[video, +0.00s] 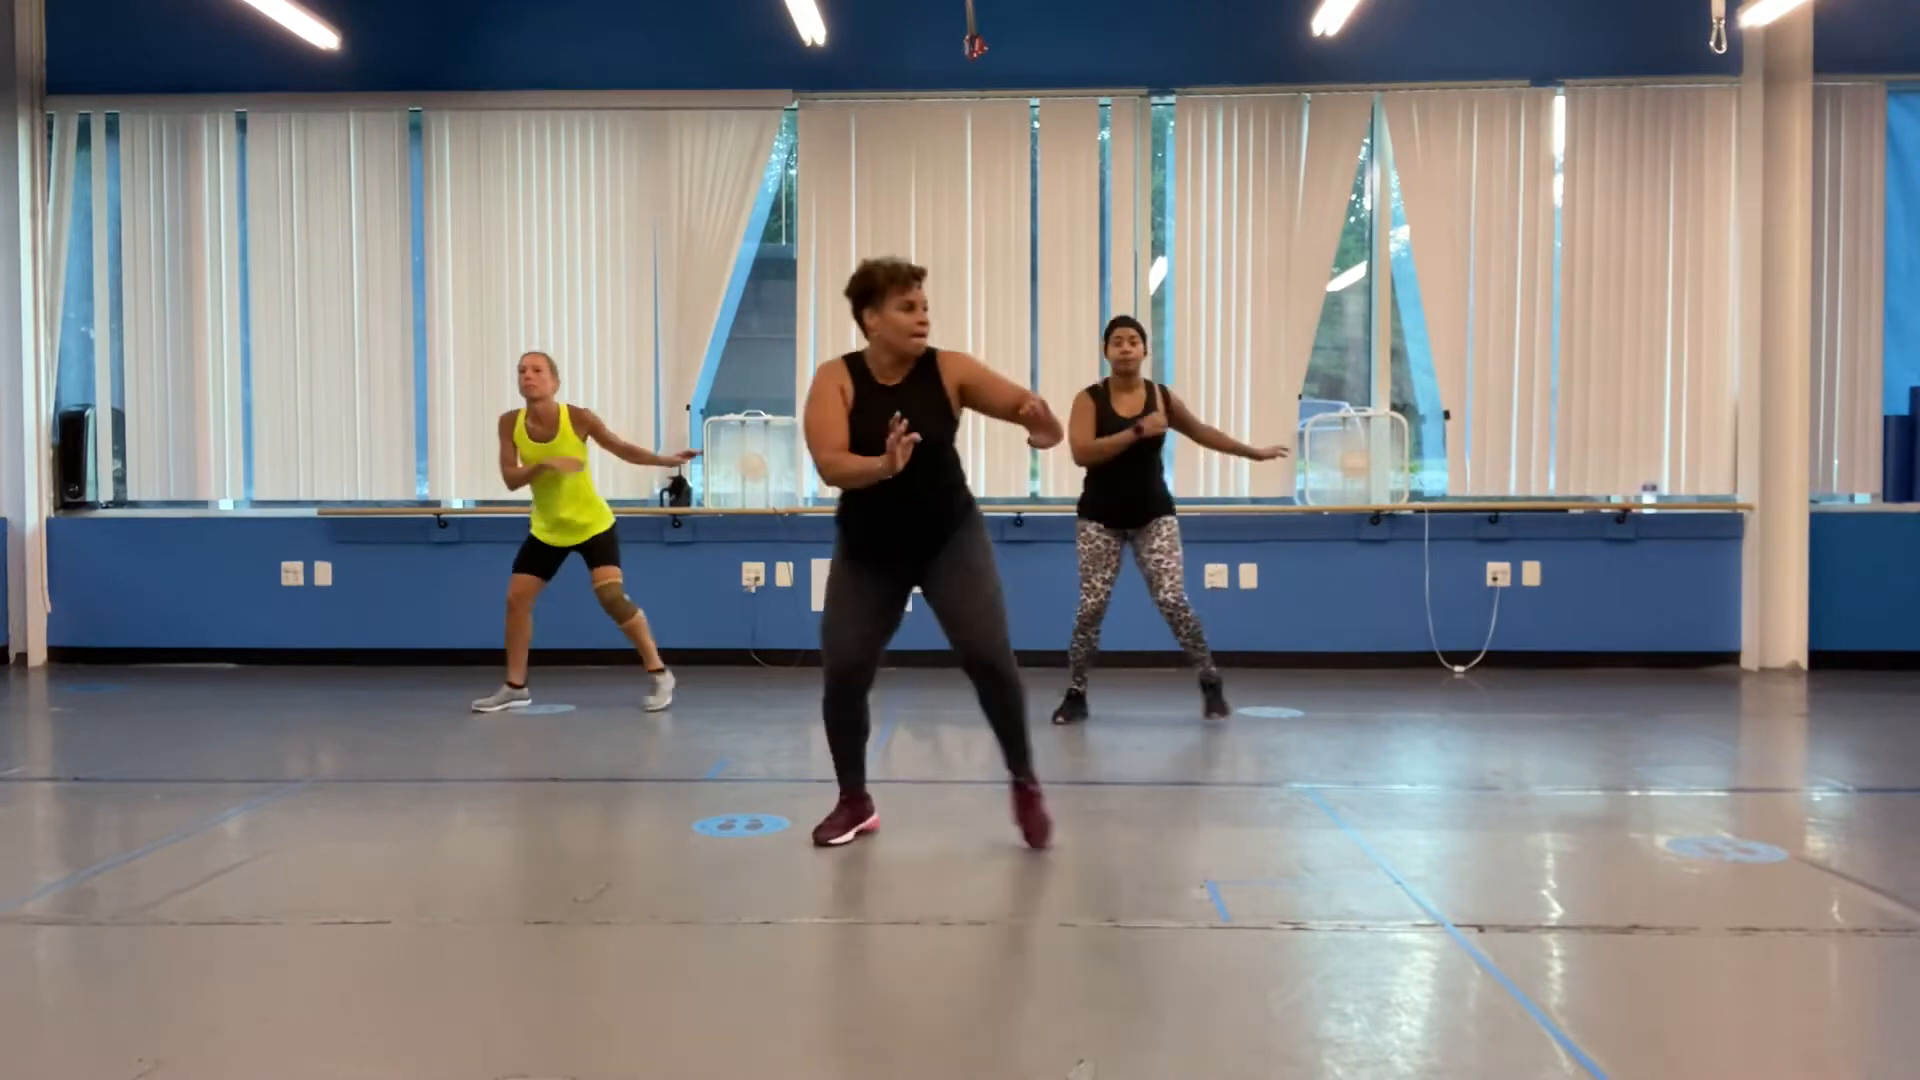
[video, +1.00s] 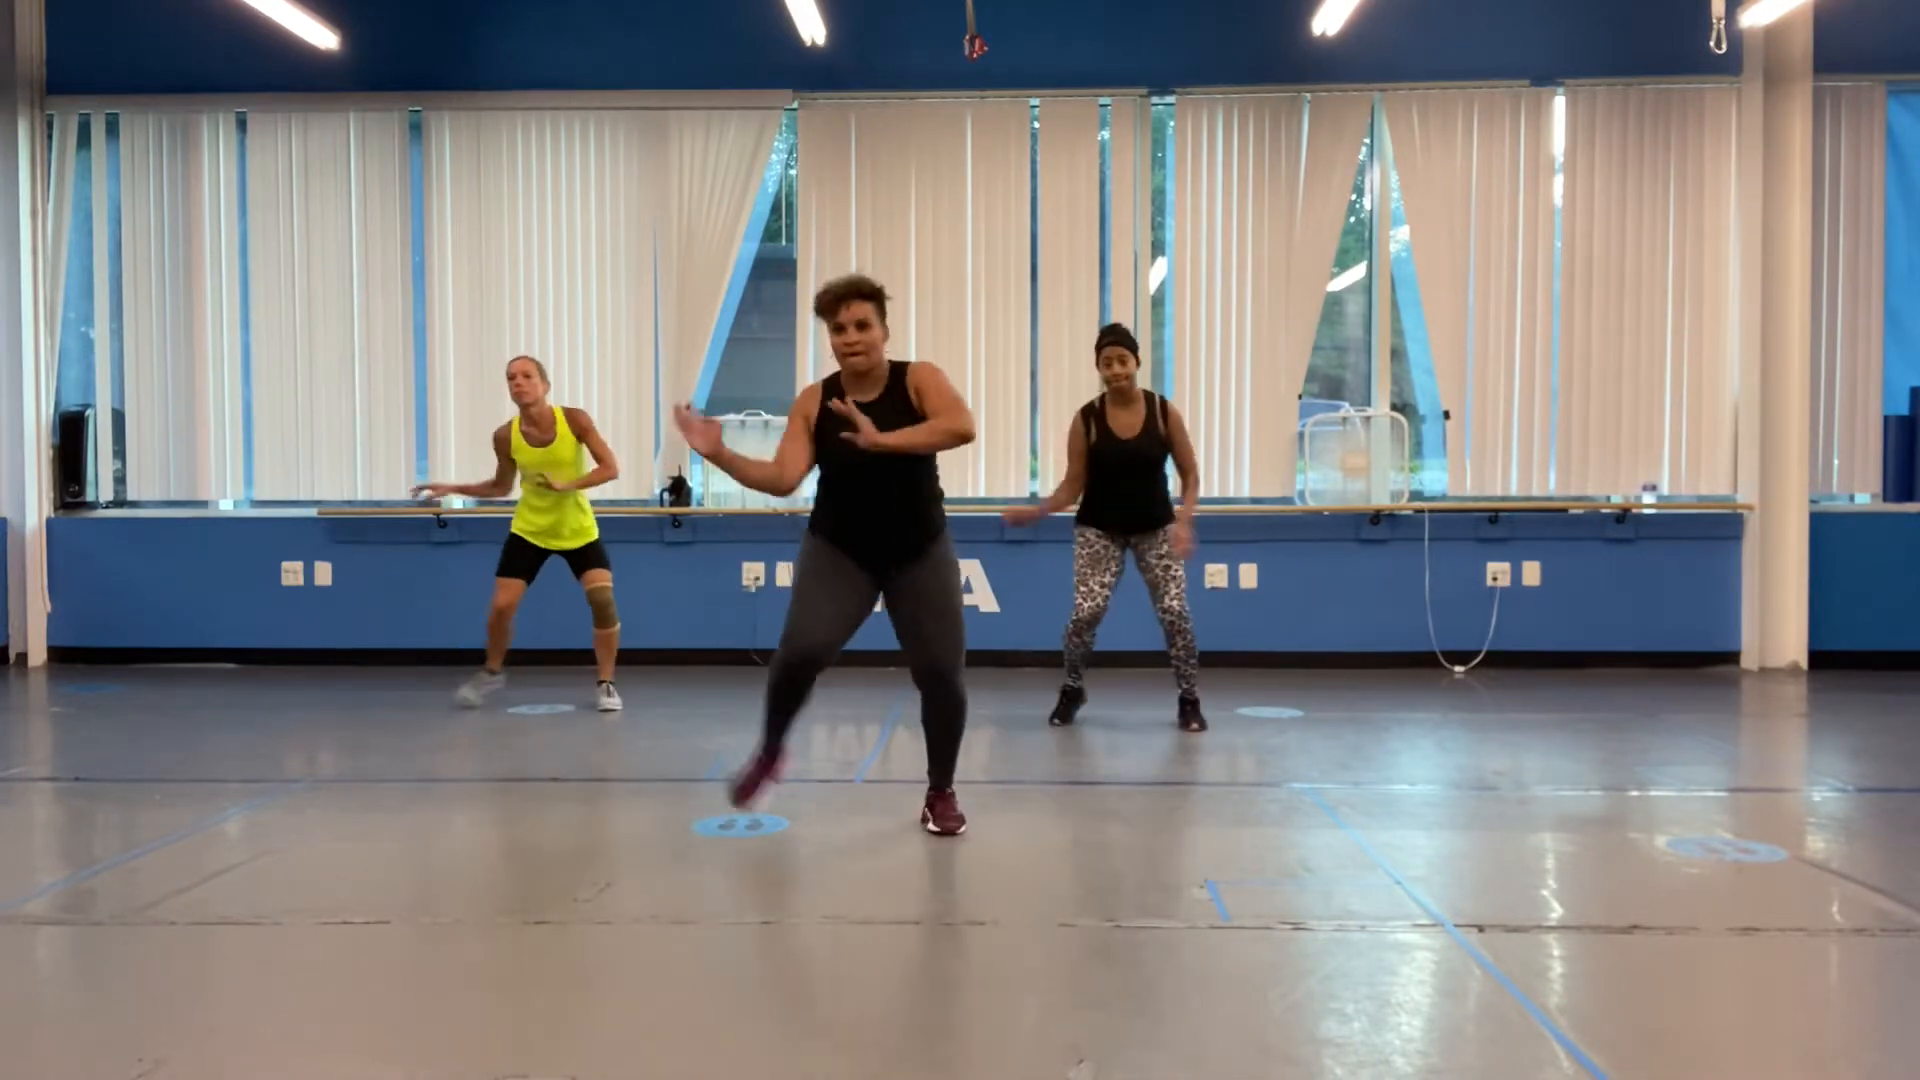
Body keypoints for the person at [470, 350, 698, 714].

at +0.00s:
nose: (527, 376)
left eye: (536, 371)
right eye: (522, 371)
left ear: (554, 380)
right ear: (518, 382)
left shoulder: (579, 418)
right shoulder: (510, 423)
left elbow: (622, 449)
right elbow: (511, 479)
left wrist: (664, 460)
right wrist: (545, 465)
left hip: (592, 521)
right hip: (547, 526)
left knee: (611, 597)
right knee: (517, 597)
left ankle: (660, 673)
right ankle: (515, 687)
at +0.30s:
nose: (484, 379)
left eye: (493, 374)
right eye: (480, 375)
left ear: (512, 385)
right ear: (475, 386)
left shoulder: (538, 417)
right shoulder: (472, 424)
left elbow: (591, 428)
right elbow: (472, 476)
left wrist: (645, 438)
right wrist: (509, 448)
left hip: (567, 523)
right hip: (524, 527)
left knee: (584, 602)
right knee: (484, 592)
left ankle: (626, 679)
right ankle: (477, 682)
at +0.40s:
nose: (471, 383)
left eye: (480, 378)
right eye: (467, 378)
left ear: (499, 388)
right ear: (462, 389)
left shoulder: (523, 420)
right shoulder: (457, 426)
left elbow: (578, 431)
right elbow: (453, 476)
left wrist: (624, 440)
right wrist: (484, 443)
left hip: (548, 524)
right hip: (504, 530)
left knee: (569, 603)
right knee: (470, 599)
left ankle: (625, 672)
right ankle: (467, 687)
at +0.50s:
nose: (465, 385)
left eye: (473, 380)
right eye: (460, 380)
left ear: (492, 390)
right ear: (455, 391)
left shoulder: (517, 426)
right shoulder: (447, 435)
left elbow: (557, 454)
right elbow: (442, 490)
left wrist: (597, 475)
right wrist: (477, 459)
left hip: (537, 527)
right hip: (493, 532)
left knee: (545, 603)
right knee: (458, 599)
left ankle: (585, 660)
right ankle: (465, 687)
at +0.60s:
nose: (468, 383)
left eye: (477, 378)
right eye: (463, 379)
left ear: (495, 387)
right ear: (458, 390)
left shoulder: (522, 430)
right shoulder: (449, 435)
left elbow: (544, 477)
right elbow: (439, 490)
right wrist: (465, 501)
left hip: (533, 527)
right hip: (487, 530)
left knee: (544, 607)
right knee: (451, 599)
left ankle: (555, 666)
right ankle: (464, 687)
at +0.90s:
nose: (510, 382)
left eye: (518, 375)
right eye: (504, 378)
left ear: (536, 382)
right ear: (500, 388)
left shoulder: (566, 419)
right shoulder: (497, 430)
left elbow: (591, 469)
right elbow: (474, 460)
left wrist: (538, 476)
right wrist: (435, 474)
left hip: (565, 525)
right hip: (517, 525)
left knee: (592, 598)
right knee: (482, 604)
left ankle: (605, 684)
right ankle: (449, 677)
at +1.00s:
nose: (519, 383)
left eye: (527, 377)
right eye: (512, 379)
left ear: (545, 384)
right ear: (508, 388)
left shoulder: (575, 420)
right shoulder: (506, 436)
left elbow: (610, 469)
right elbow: (501, 486)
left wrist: (568, 485)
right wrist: (450, 488)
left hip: (576, 524)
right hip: (530, 525)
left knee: (603, 598)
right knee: (501, 605)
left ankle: (606, 684)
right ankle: (493, 673)